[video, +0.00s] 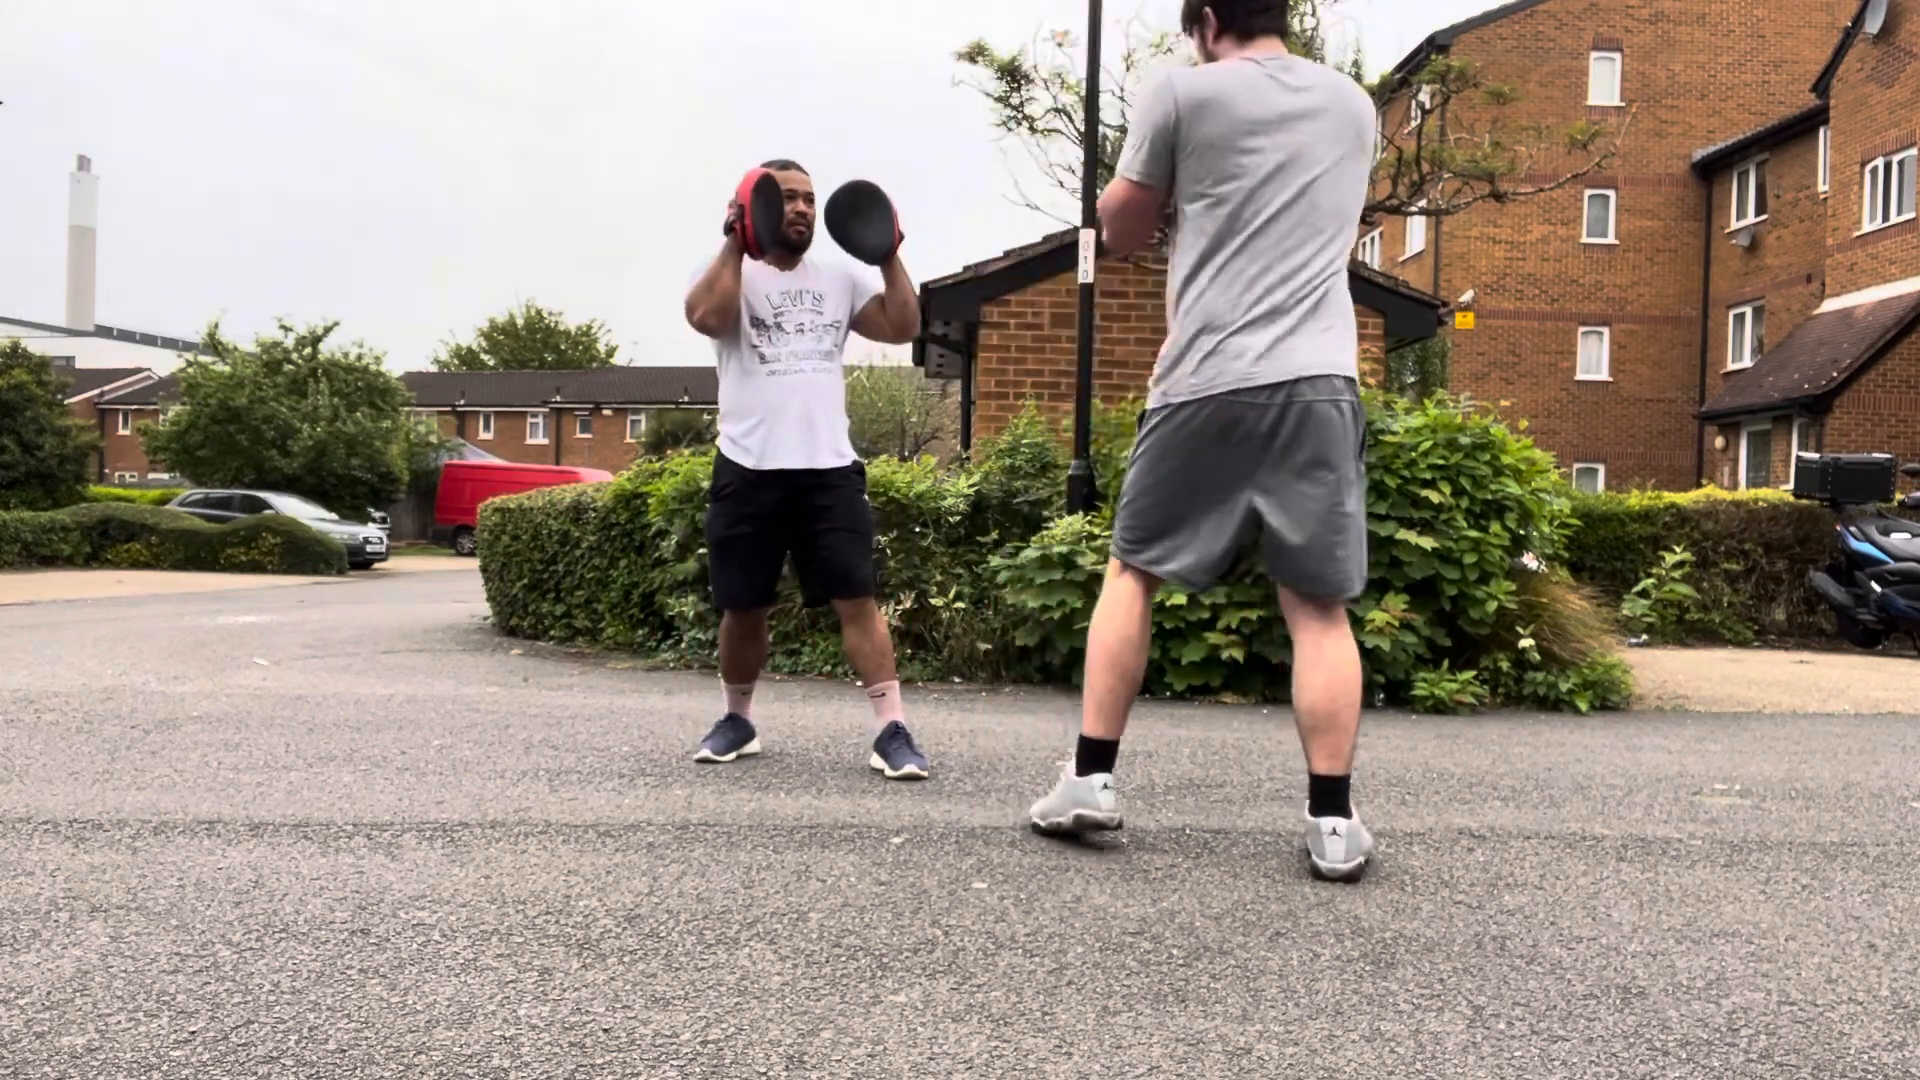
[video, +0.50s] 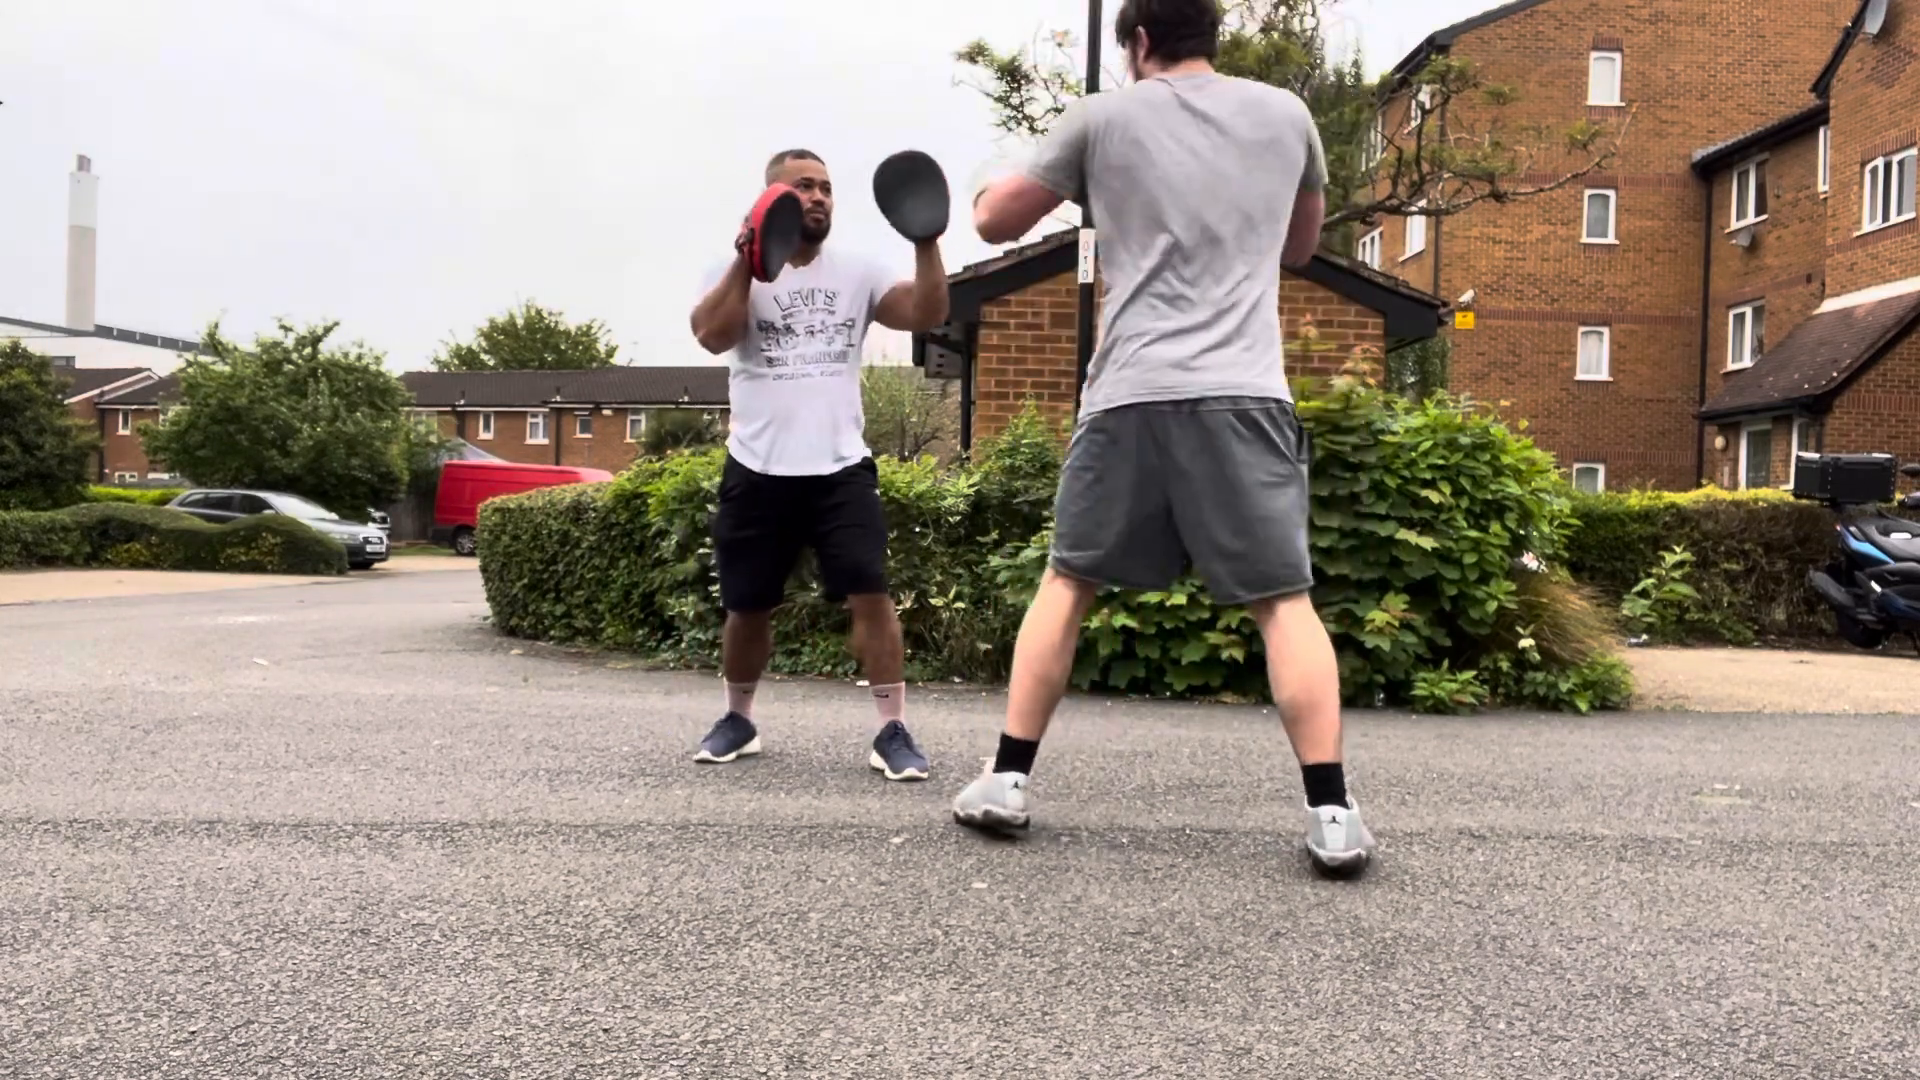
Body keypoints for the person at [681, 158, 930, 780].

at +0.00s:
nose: (798, 209)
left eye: (806, 199)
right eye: (784, 199)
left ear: (817, 212)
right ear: (754, 209)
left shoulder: (839, 276)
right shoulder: (729, 274)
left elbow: (901, 326)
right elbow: (707, 317)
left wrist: (890, 255)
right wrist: (734, 241)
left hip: (829, 466)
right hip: (747, 467)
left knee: (857, 596)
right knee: (740, 603)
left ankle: (892, 728)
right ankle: (737, 720)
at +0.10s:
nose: (807, 208)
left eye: (815, 198)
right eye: (793, 197)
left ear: (824, 210)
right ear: (763, 207)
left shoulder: (843, 276)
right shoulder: (733, 273)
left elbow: (906, 327)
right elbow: (715, 319)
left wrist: (894, 255)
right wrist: (745, 243)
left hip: (832, 466)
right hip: (750, 468)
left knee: (860, 595)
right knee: (742, 603)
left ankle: (893, 727)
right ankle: (737, 719)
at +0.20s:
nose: (811, 207)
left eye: (819, 197)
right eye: (797, 195)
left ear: (828, 210)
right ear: (765, 206)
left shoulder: (846, 276)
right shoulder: (733, 272)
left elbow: (908, 331)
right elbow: (718, 323)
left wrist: (900, 258)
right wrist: (751, 243)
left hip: (833, 467)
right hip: (751, 469)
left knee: (862, 594)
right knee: (743, 604)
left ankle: (893, 727)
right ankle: (737, 719)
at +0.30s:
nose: (814, 205)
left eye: (822, 195)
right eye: (799, 194)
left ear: (831, 208)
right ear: (767, 203)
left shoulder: (848, 275)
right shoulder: (730, 270)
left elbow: (911, 334)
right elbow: (720, 329)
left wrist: (906, 264)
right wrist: (754, 251)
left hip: (835, 467)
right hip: (752, 468)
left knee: (866, 591)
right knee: (743, 603)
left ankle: (893, 728)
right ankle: (737, 719)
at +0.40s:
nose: (815, 201)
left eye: (823, 191)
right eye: (800, 191)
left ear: (833, 204)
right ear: (769, 201)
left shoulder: (854, 270)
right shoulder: (733, 269)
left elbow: (916, 331)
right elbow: (717, 334)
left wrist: (910, 261)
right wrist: (751, 258)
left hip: (838, 466)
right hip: (754, 468)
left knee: (868, 592)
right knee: (744, 604)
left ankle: (893, 728)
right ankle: (737, 719)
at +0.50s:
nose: (817, 197)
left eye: (824, 188)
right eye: (802, 187)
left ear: (834, 201)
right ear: (769, 198)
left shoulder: (857, 268)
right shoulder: (739, 269)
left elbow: (927, 313)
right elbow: (712, 337)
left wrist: (926, 237)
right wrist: (748, 260)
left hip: (842, 465)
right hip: (757, 467)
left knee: (870, 590)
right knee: (745, 603)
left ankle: (892, 729)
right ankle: (738, 719)